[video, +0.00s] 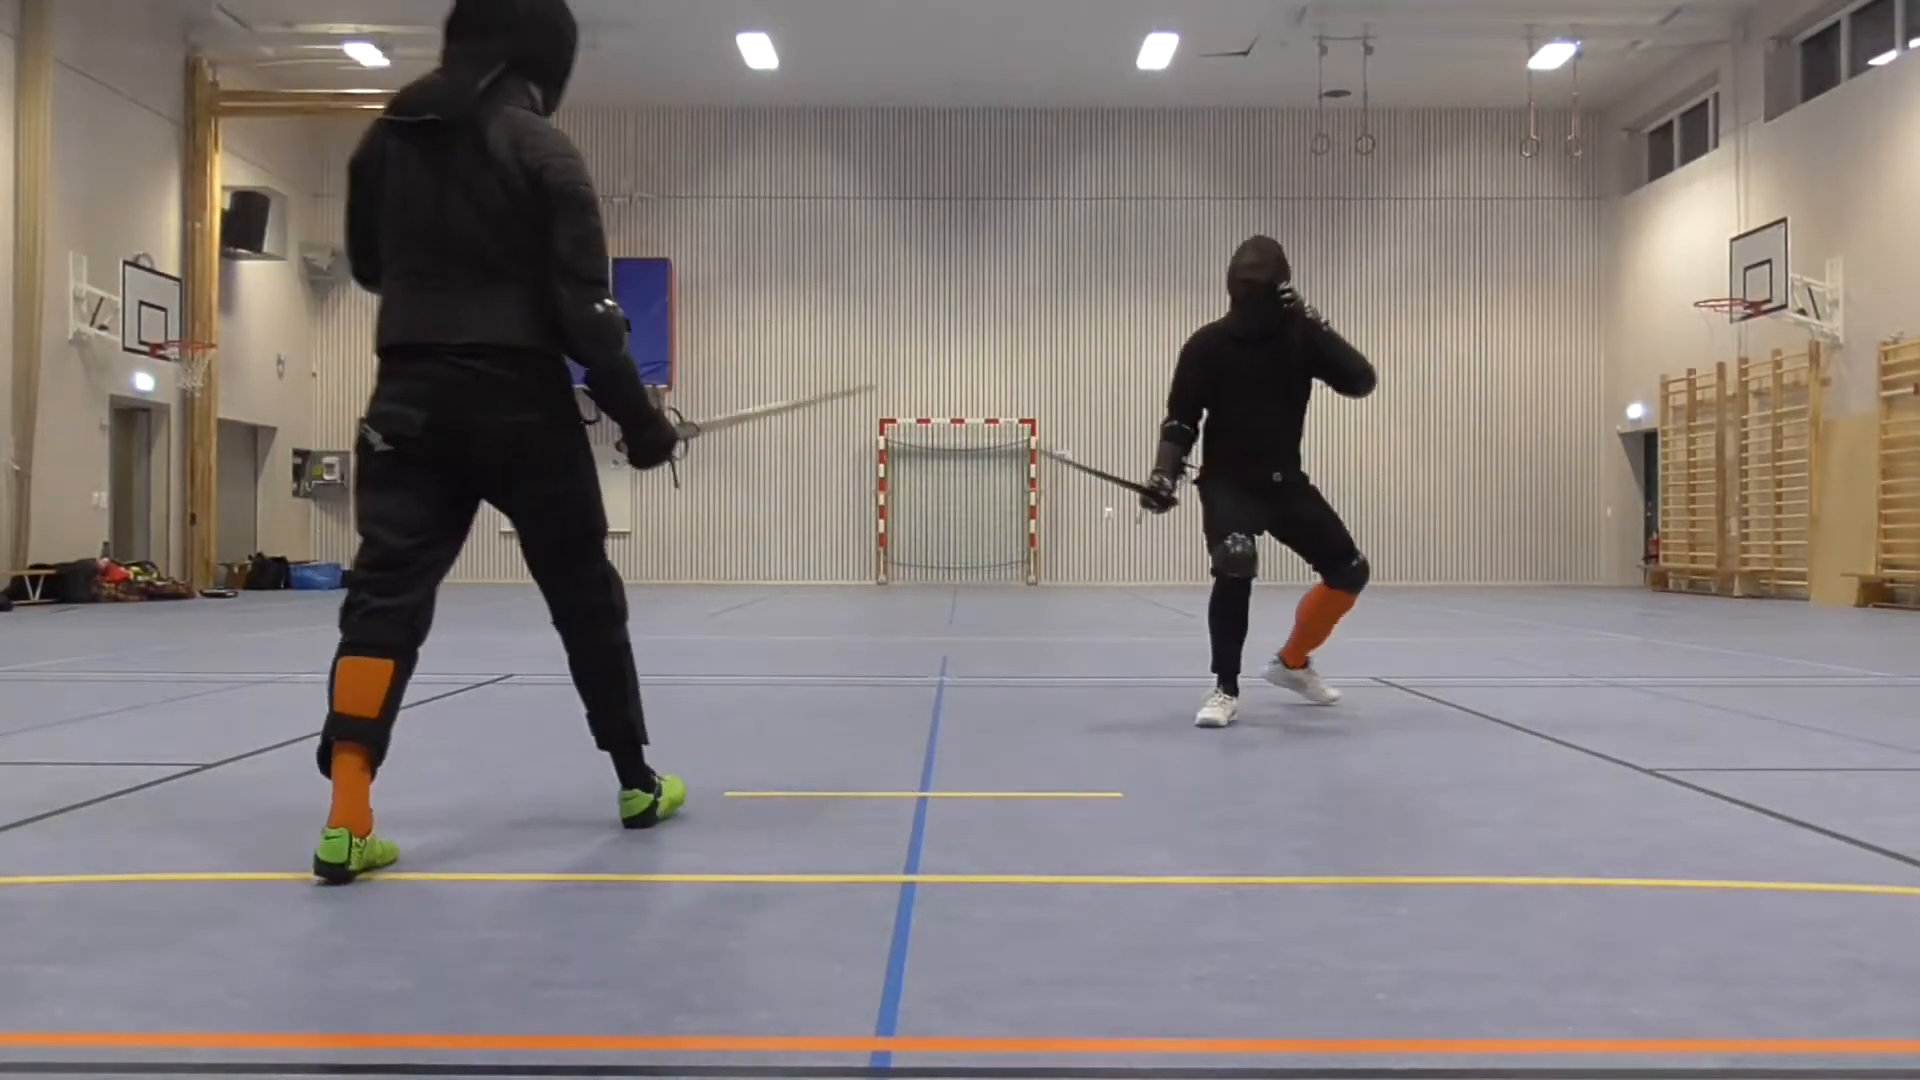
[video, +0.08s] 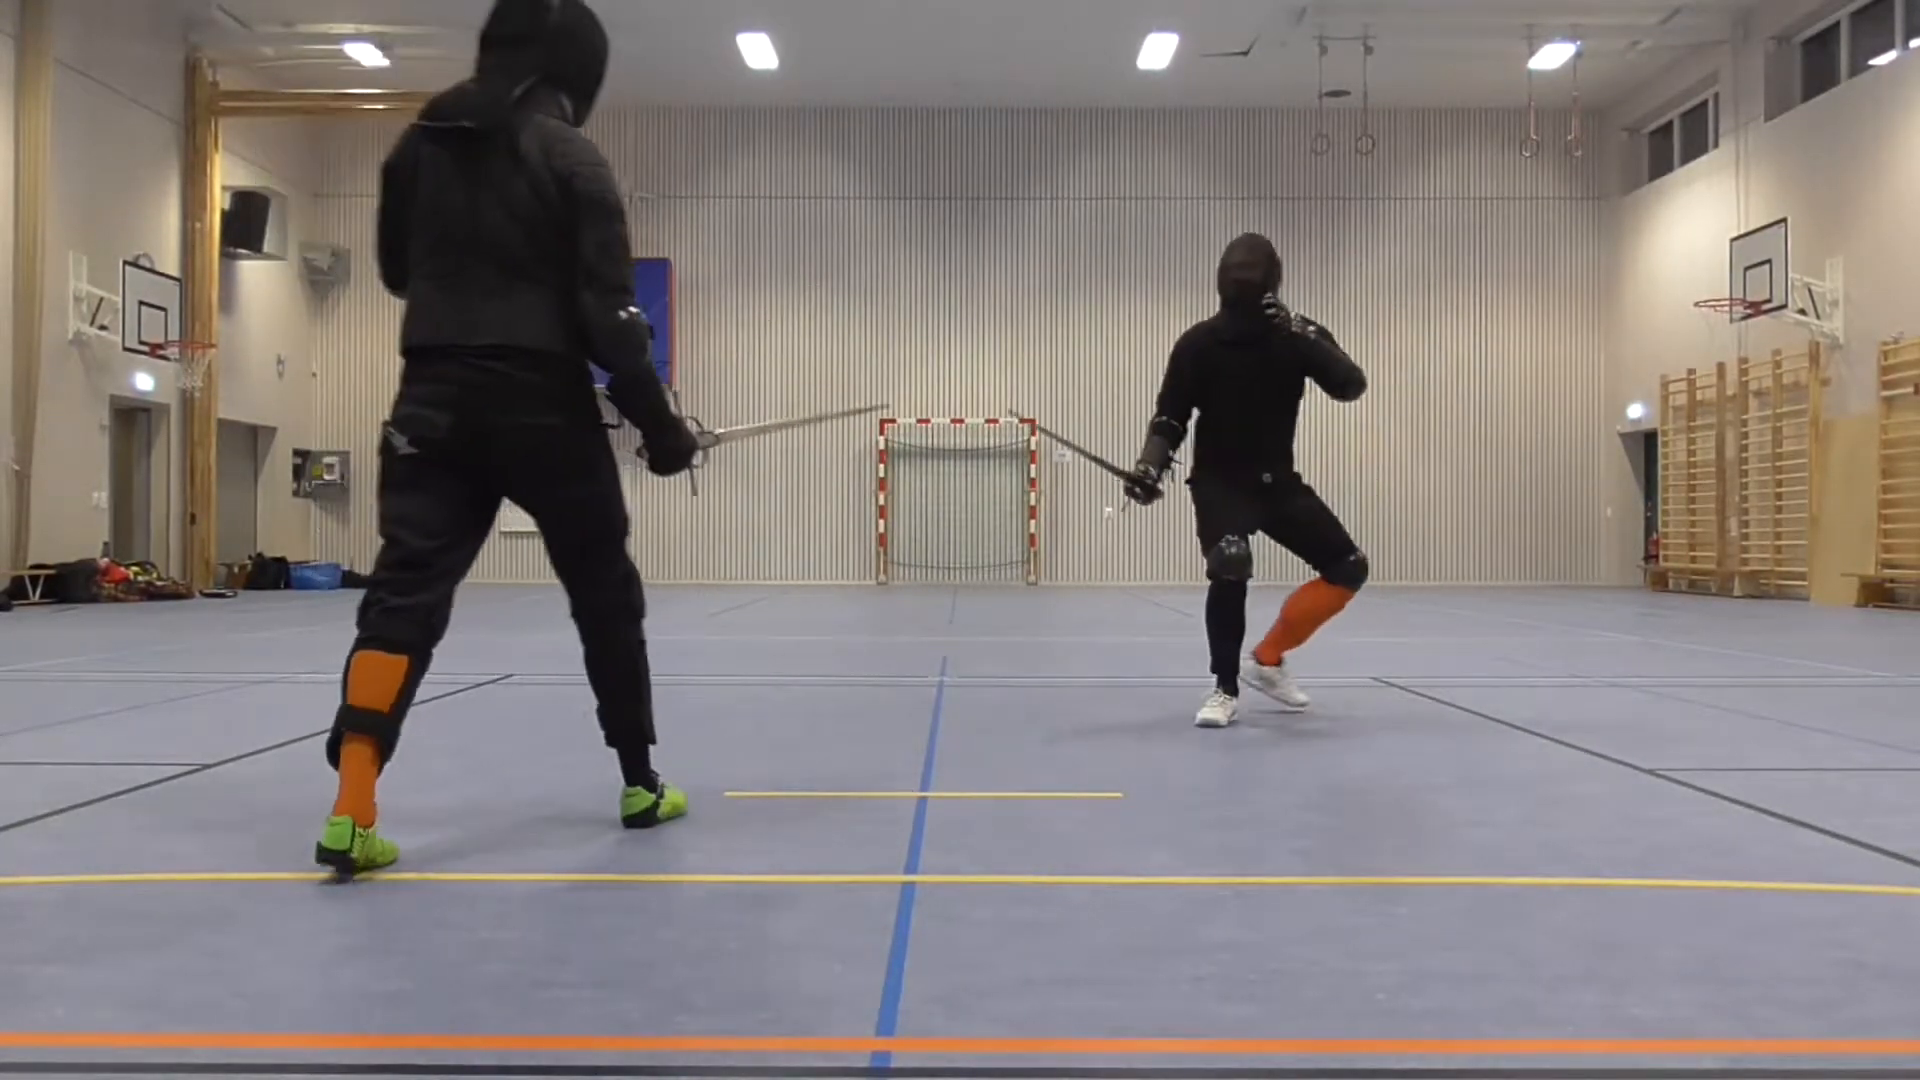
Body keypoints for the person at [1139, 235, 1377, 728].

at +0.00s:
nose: (1251, 293)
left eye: (1262, 283)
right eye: (1243, 283)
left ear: (1282, 285)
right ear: (1230, 286)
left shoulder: (1300, 337)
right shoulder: (1206, 347)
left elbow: (1362, 381)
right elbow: (1181, 420)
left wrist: (1312, 326)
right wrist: (1164, 473)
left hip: (1283, 479)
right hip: (1226, 482)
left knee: (1348, 573)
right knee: (1235, 565)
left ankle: (1292, 662)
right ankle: (1225, 691)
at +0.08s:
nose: (1239, 282)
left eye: (1250, 272)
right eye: (1233, 272)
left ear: (1274, 281)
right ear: (1221, 279)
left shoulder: (1296, 340)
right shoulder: (1197, 346)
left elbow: (1351, 385)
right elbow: (1170, 417)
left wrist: (1309, 336)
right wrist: (1150, 465)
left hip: (1275, 480)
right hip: (1218, 482)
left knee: (1346, 570)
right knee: (1230, 569)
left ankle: (1267, 659)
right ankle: (1224, 690)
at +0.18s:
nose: (1228, 283)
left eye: (1237, 274)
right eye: (1224, 274)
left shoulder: (1288, 340)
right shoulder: (1190, 342)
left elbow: (1343, 385)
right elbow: (1161, 412)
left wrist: (1305, 337)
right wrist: (1141, 455)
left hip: (1269, 484)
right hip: (1210, 484)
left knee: (1331, 577)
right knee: (1222, 569)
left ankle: (1248, 672)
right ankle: (1222, 690)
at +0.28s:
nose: (1221, 292)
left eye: (1233, 282)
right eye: (1215, 281)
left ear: (1258, 281)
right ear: (1205, 279)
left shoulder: (1283, 333)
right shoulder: (1185, 342)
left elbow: (1335, 382)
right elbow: (1156, 412)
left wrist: (1288, 322)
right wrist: (1137, 454)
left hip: (1262, 482)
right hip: (1203, 482)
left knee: (1312, 588)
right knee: (1220, 569)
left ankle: (1237, 680)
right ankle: (1222, 690)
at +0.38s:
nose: (1216, 278)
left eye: (1228, 268)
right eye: (1211, 267)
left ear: (1255, 274)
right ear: (1201, 273)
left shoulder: (1277, 330)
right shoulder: (1180, 340)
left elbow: (1331, 382)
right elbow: (1152, 413)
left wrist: (1288, 318)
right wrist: (1136, 457)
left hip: (1255, 479)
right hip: (1196, 480)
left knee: (1304, 587)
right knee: (1218, 570)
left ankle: (1235, 681)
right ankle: (1222, 690)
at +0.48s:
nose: (1212, 290)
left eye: (1224, 280)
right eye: (1206, 279)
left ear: (1252, 277)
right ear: (1196, 276)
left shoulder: (1272, 329)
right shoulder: (1175, 338)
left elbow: (1328, 383)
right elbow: (1147, 411)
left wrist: (1284, 318)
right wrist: (1133, 460)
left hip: (1249, 478)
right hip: (1190, 479)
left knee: (1292, 588)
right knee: (1216, 570)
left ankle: (1234, 683)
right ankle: (1222, 690)